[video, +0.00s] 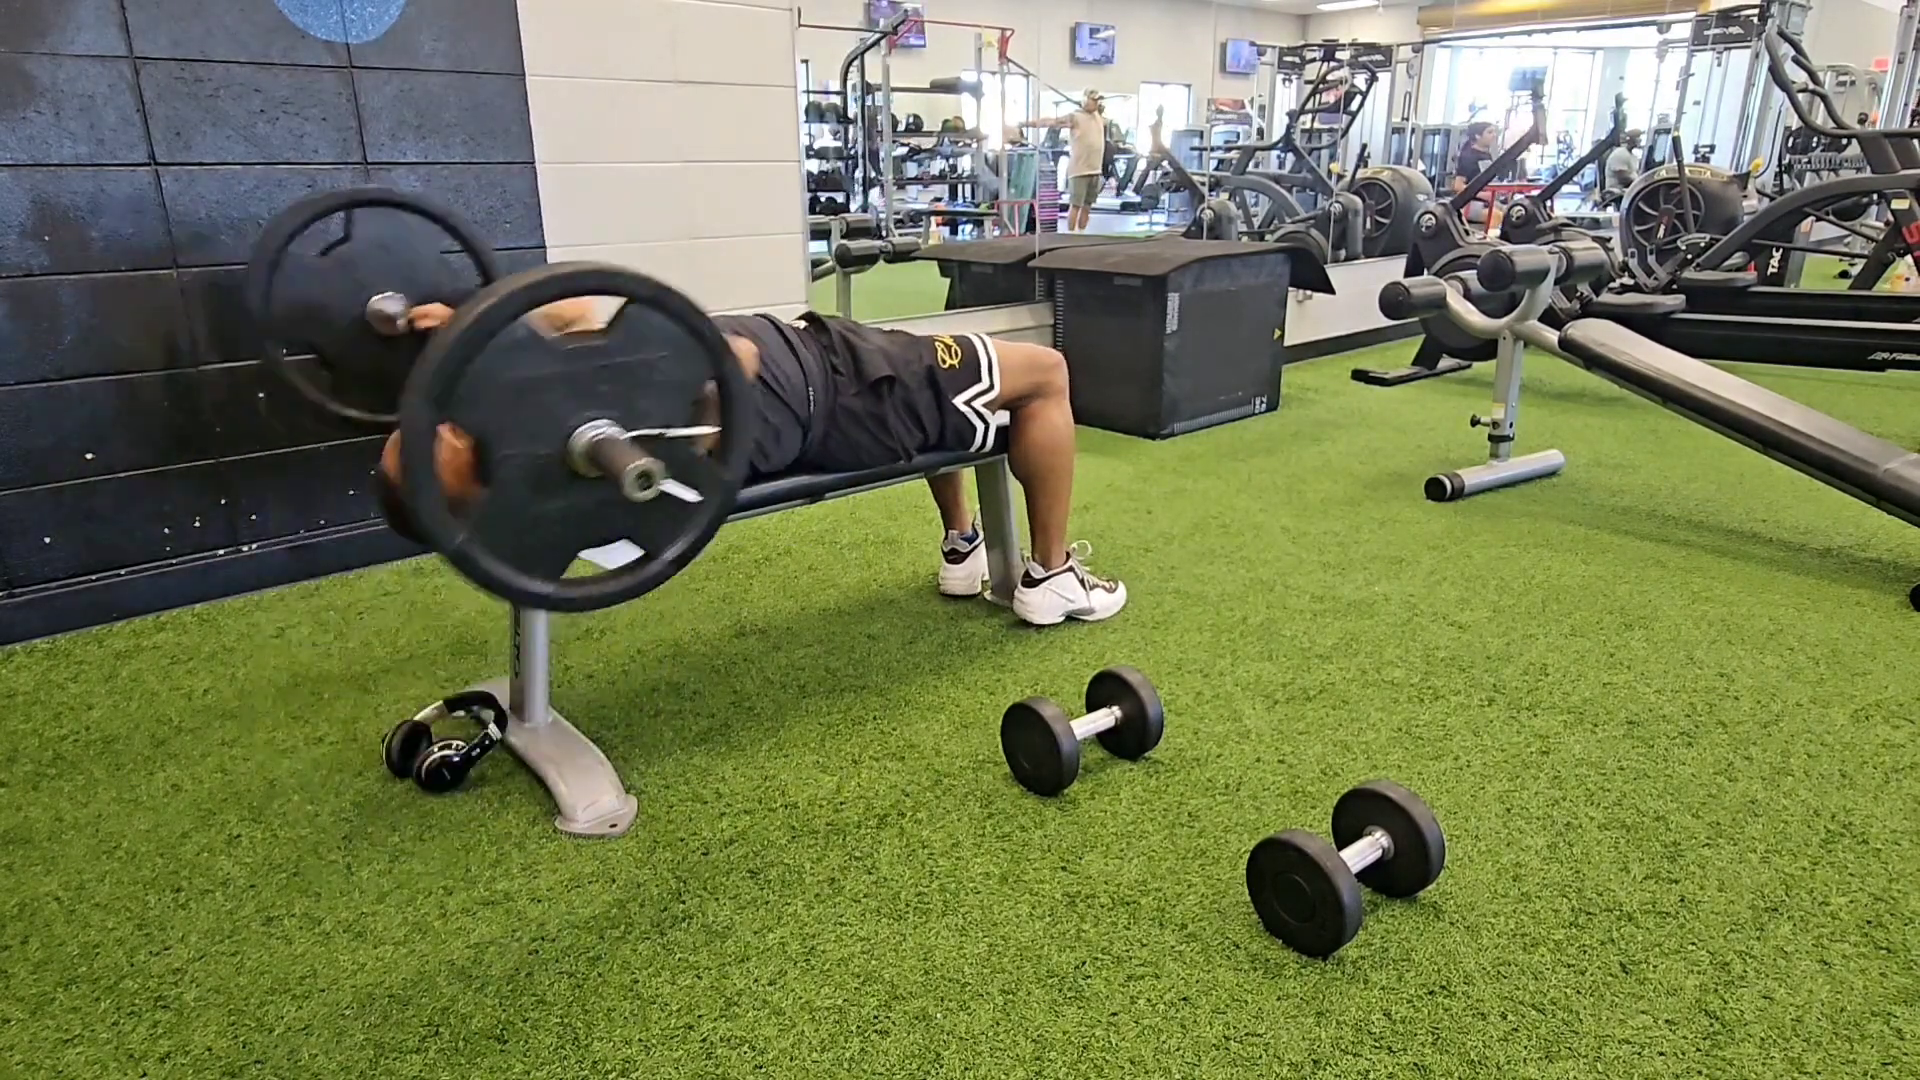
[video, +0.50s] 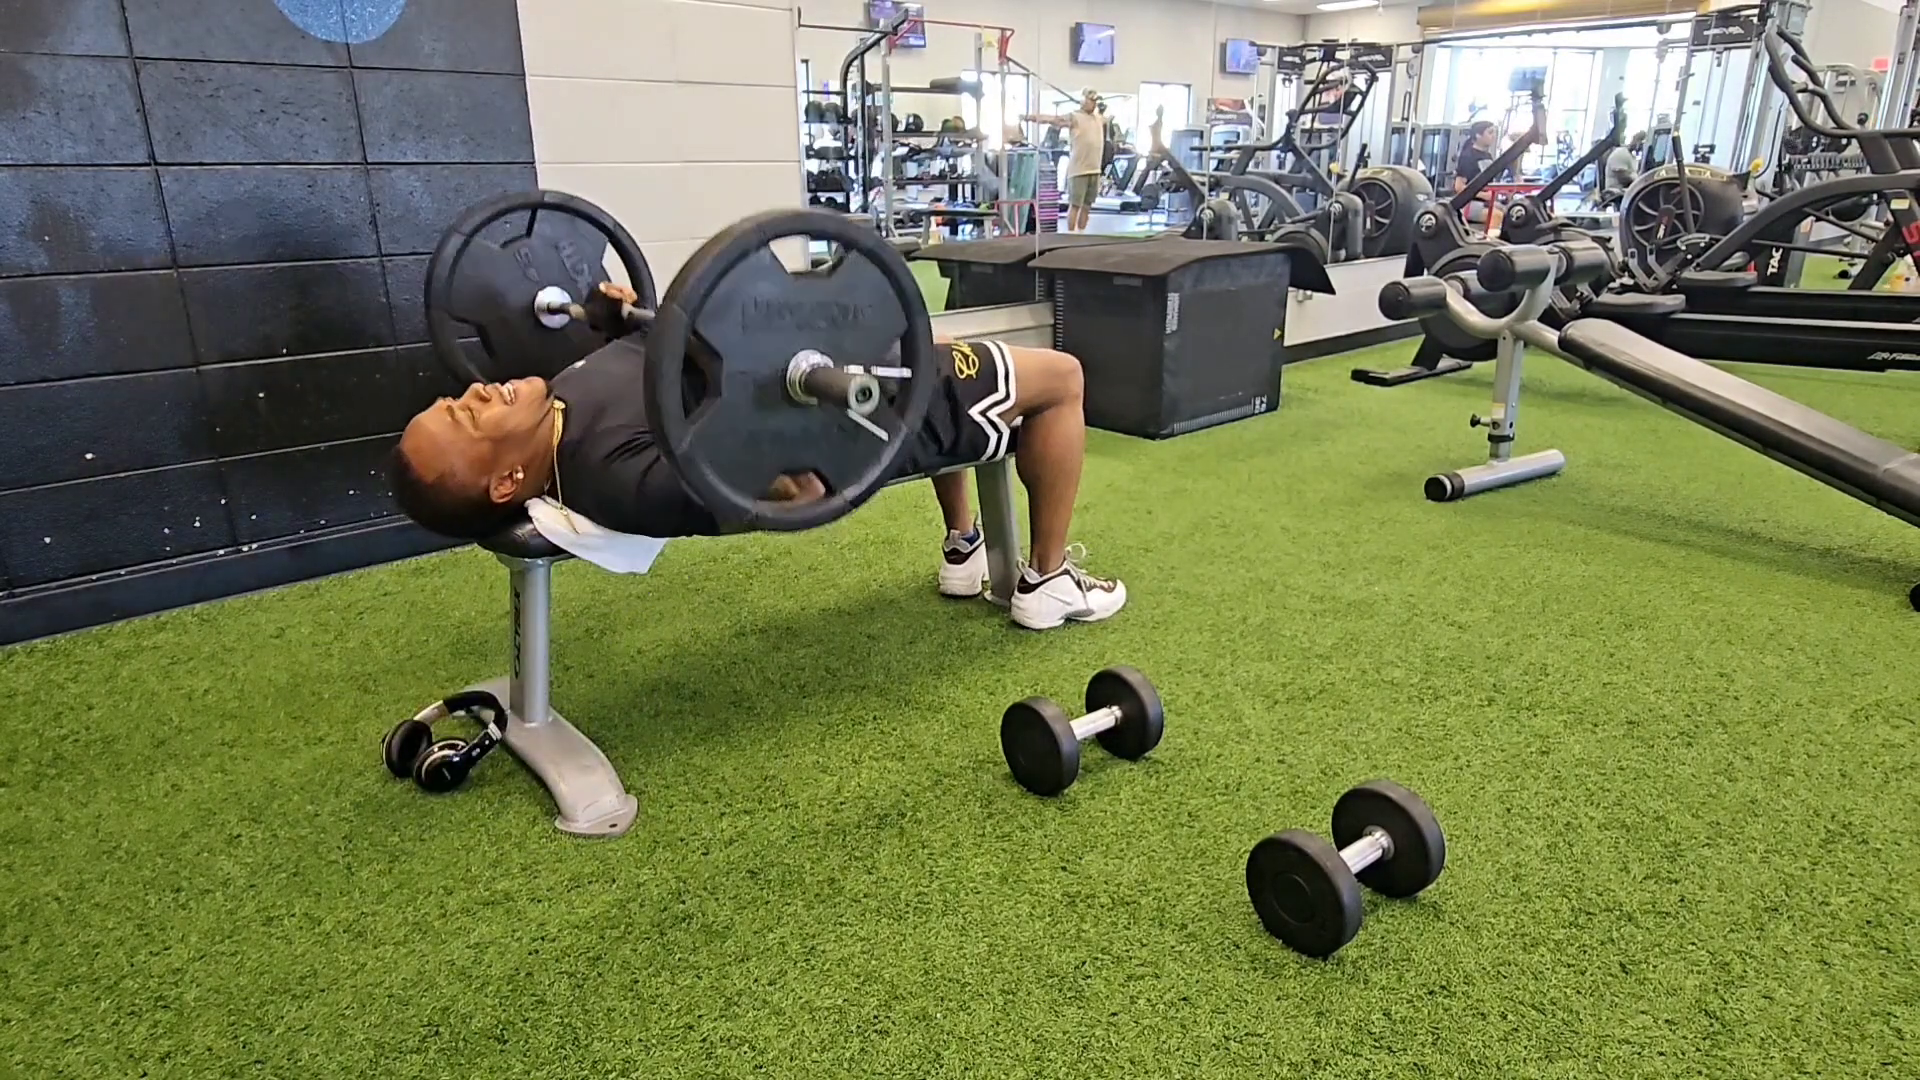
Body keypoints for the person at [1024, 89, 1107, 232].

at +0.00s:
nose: (1097, 103)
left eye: (1098, 100)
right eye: (1094, 100)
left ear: (1098, 103)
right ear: (1085, 101)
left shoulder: (1099, 118)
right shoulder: (1076, 117)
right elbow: (1053, 122)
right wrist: (1029, 124)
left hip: (1095, 169)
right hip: (1078, 169)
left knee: (1087, 207)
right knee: (1076, 205)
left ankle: (1081, 235)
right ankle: (1071, 235)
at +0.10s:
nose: (1096, 103)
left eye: (1097, 100)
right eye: (1093, 99)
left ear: (1097, 102)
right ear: (1085, 101)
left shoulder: (1099, 118)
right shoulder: (1075, 117)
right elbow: (1053, 122)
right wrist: (1030, 123)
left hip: (1095, 168)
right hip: (1078, 168)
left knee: (1087, 206)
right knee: (1076, 204)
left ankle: (1081, 234)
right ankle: (1071, 235)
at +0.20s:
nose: (1096, 103)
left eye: (1097, 100)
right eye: (1093, 99)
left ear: (1097, 102)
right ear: (1084, 101)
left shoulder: (1099, 118)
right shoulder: (1075, 117)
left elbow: (1110, 120)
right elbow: (1053, 121)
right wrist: (1029, 121)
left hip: (1095, 168)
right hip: (1078, 168)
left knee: (1087, 206)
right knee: (1076, 205)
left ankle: (1080, 234)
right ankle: (1071, 235)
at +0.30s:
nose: (1095, 103)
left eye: (1096, 100)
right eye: (1092, 99)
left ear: (1097, 102)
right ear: (1084, 100)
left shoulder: (1099, 118)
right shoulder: (1075, 116)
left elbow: (1107, 121)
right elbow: (1053, 120)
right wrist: (1029, 120)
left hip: (1095, 168)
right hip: (1078, 168)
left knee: (1087, 206)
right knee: (1076, 205)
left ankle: (1080, 234)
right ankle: (1071, 235)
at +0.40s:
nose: (1094, 103)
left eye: (1096, 100)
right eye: (1092, 100)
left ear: (1096, 102)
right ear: (1084, 100)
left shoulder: (1099, 118)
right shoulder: (1075, 116)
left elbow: (1107, 120)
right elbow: (1054, 120)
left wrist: (1107, 116)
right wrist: (1030, 120)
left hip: (1094, 168)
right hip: (1078, 168)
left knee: (1087, 206)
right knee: (1076, 205)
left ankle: (1080, 234)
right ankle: (1071, 235)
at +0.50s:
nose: (1094, 104)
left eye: (1095, 101)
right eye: (1091, 100)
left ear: (1096, 102)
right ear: (1084, 101)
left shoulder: (1099, 118)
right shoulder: (1075, 117)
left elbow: (1107, 120)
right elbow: (1054, 119)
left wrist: (1110, 117)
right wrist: (1031, 118)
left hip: (1094, 168)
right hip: (1078, 168)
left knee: (1087, 206)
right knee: (1076, 205)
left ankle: (1081, 234)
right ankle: (1071, 235)